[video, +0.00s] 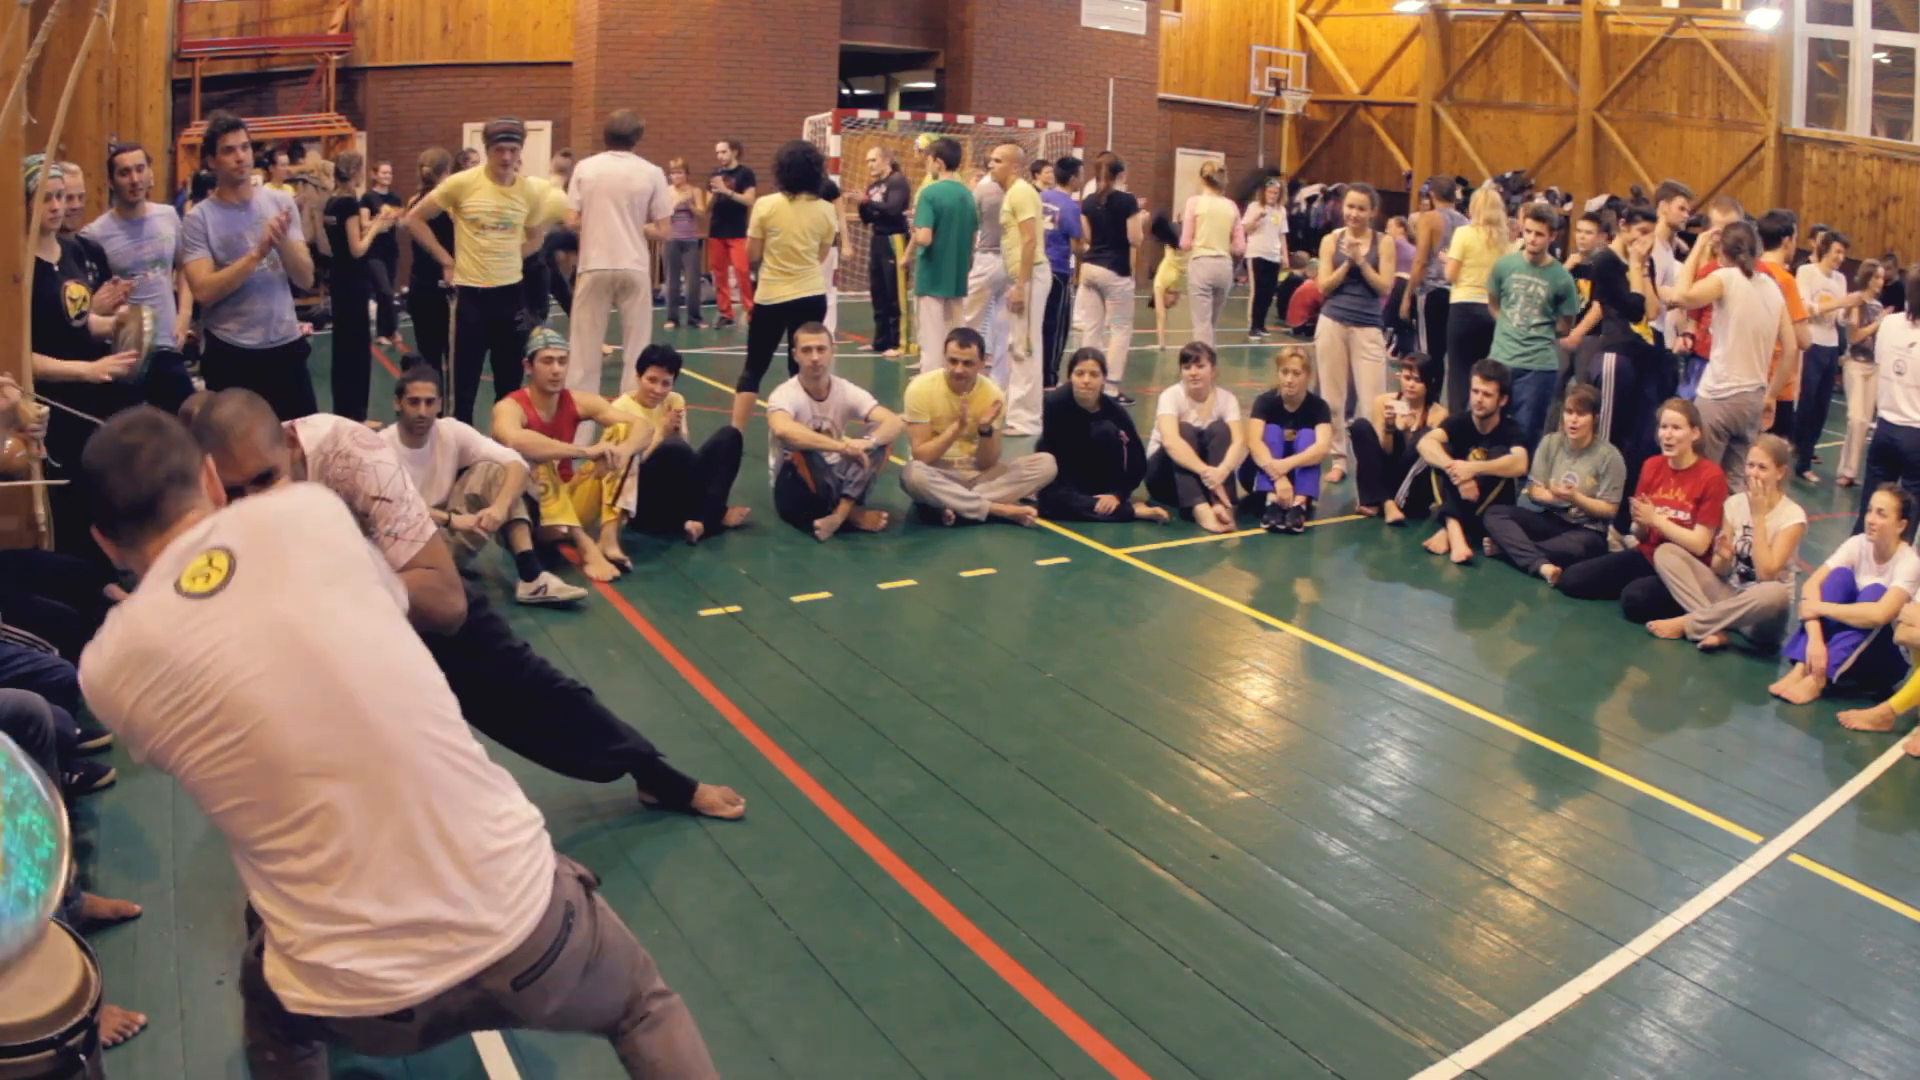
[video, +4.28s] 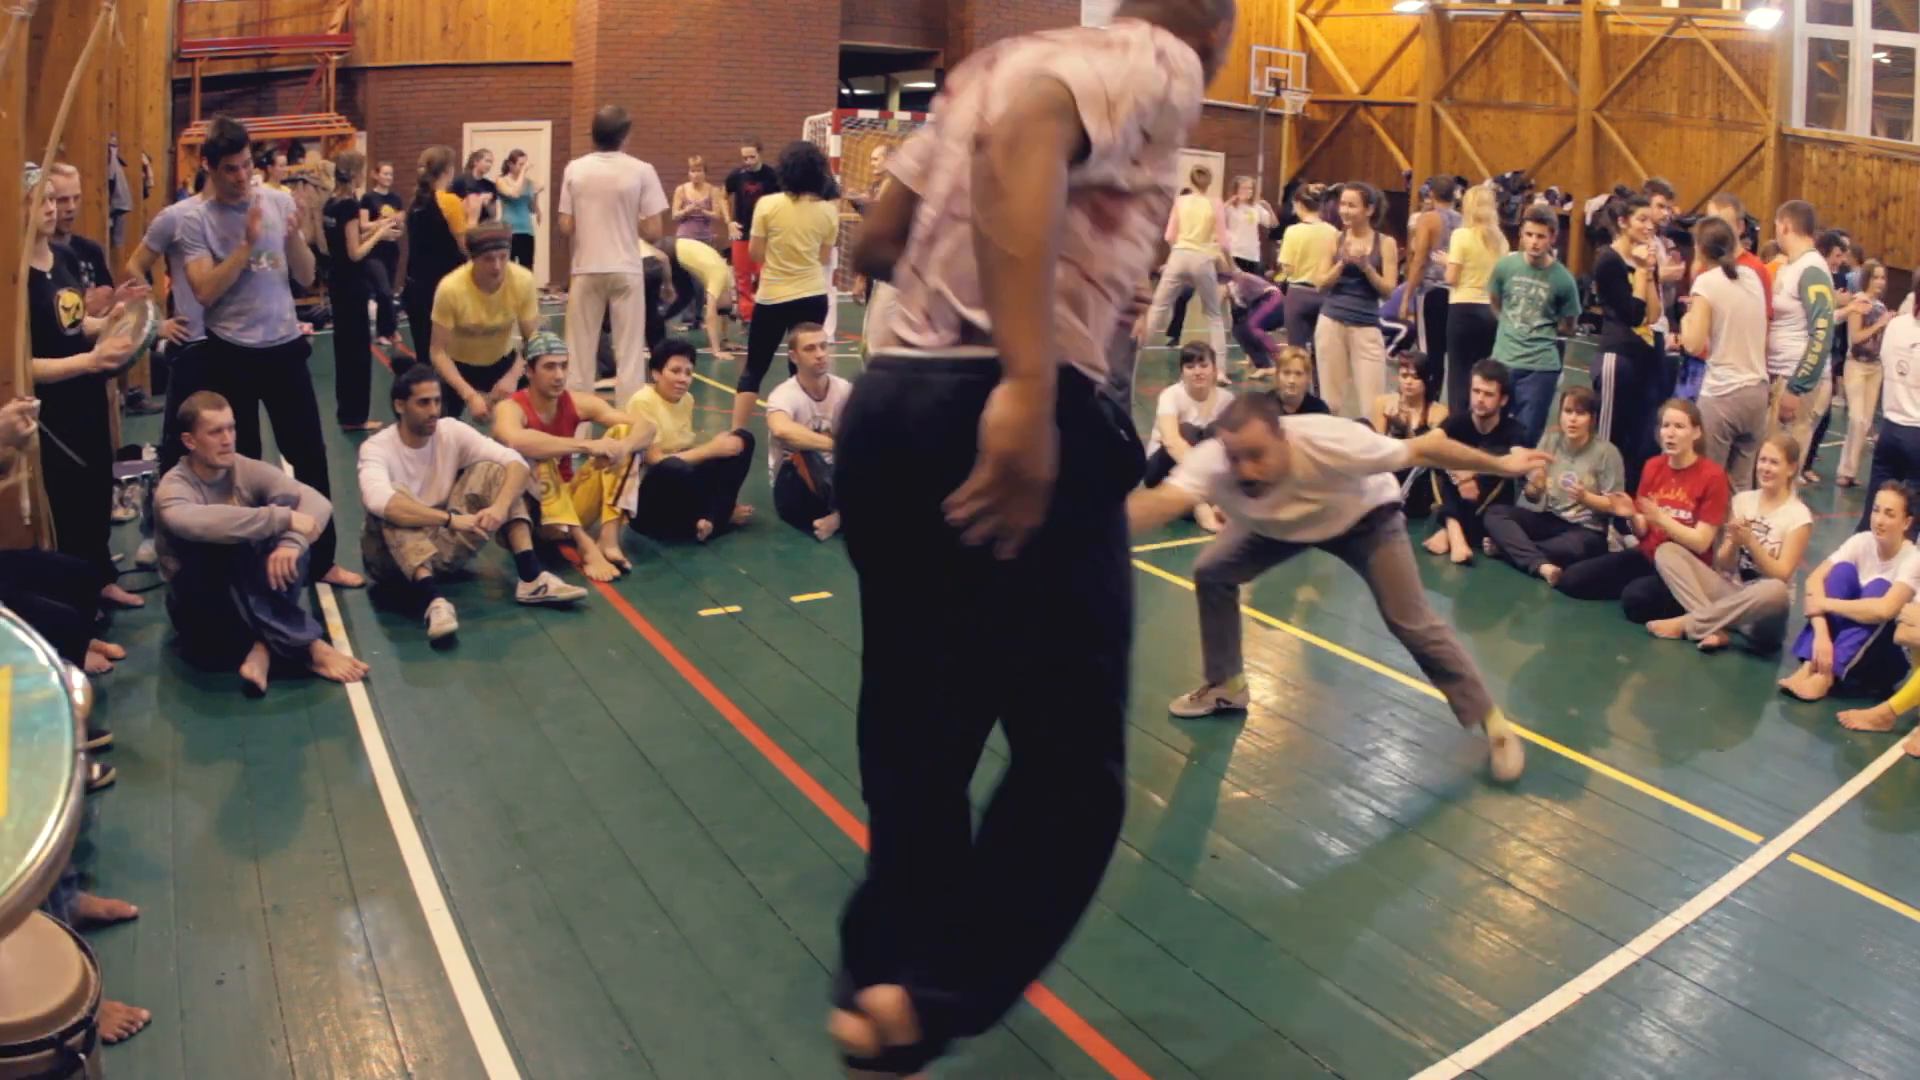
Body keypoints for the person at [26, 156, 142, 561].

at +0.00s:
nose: (57, 206)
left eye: (61, 196)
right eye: (46, 197)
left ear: (68, 199)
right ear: (23, 203)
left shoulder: (76, 252)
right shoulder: (15, 265)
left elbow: (83, 323)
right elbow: (14, 357)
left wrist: (118, 322)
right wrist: (86, 369)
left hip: (97, 401)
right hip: (53, 413)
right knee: (72, 522)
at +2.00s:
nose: (77, 204)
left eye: (82, 196)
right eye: (68, 195)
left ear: (85, 201)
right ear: (39, 200)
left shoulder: (75, 255)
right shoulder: (22, 262)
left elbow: (83, 322)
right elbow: (30, 354)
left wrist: (124, 321)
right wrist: (98, 359)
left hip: (89, 388)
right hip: (52, 395)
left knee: (96, 490)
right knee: (71, 496)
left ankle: (100, 576)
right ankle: (75, 592)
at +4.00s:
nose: (69, 206)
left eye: (74, 197)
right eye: (59, 197)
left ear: (80, 198)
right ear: (33, 201)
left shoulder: (84, 251)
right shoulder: (18, 263)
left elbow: (108, 313)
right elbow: (21, 355)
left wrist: (126, 325)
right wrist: (83, 324)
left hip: (90, 388)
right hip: (49, 395)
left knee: (98, 485)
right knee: (68, 490)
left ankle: (101, 577)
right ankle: (73, 584)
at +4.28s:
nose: (53, 209)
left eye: (55, 200)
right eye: (44, 201)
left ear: (59, 206)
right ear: (21, 209)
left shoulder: (65, 259)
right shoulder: (13, 274)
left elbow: (78, 325)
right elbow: (18, 367)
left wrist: (114, 321)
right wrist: (88, 361)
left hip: (87, 393)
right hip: (48, 403)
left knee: (95, 491)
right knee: (65, 496)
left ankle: (102, 577)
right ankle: (73, 589)